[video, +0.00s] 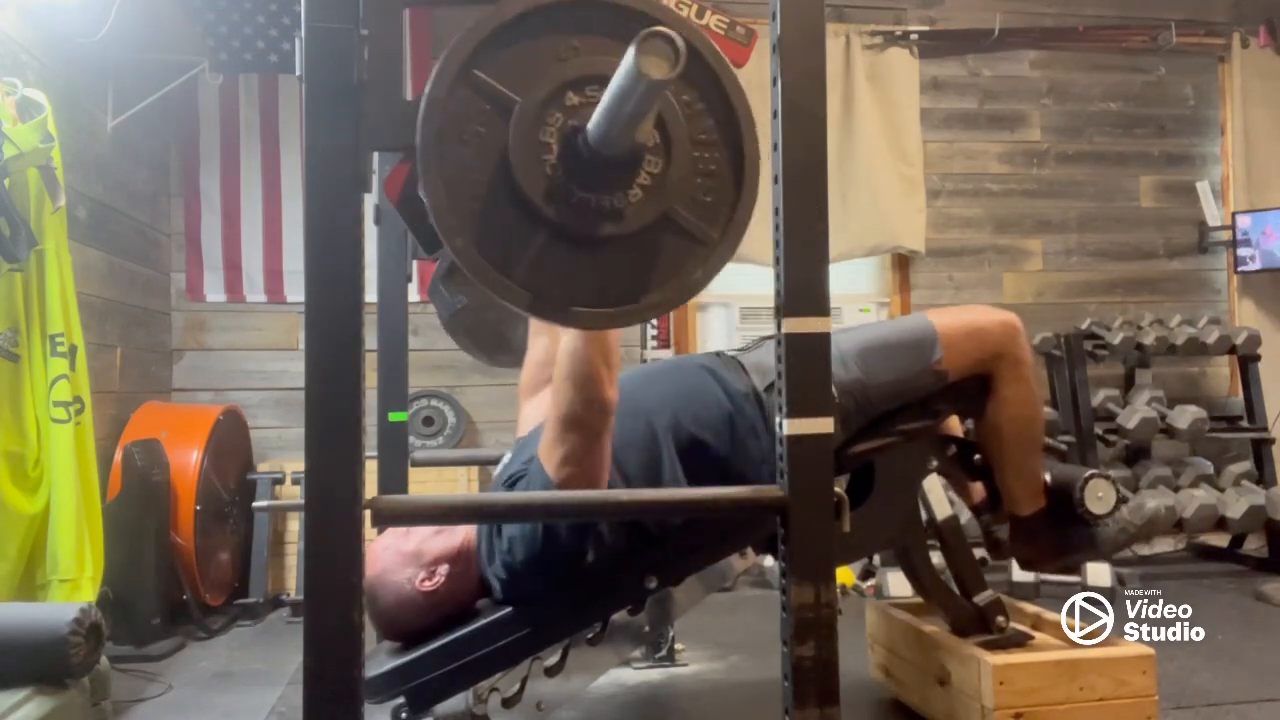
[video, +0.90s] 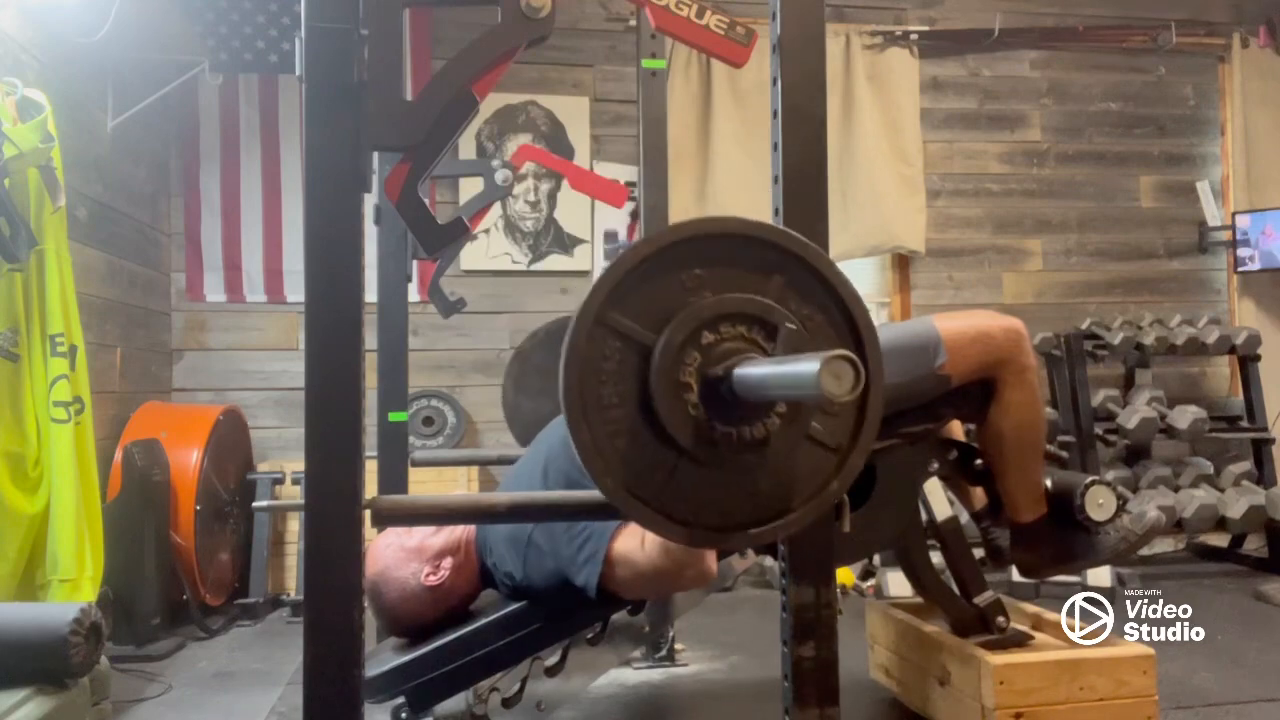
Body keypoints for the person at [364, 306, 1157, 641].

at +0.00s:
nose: (417, 529)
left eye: (401, 532)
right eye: (413, 547)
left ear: (430, 549)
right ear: (444, 581)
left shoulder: (502, 497)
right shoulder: (529, 562)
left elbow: (549, 378)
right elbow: (584, 401)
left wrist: (547, 219)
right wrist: (580, 232)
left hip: (742, 374)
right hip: (767, 426)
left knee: (939, 324)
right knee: (999, 335)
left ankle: (971, 468)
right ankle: (1031, 520)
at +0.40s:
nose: (417, 532)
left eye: (399, 535)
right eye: (415, 552)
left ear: (426, 539)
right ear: (445, 579)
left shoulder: (499, 496)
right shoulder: (526, 549)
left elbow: (619, 426)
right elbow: (651, 457)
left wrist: (604, 309)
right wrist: (634, 319)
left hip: (744, 369)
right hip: (764, 426)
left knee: (956, 327)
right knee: (1005, 342)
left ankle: (983, 476)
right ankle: (1031, 527)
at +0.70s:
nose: (421, 530)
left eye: (402, 534)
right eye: (418, 550)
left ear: (425, 539)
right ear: (447, 578)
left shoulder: (494, 502)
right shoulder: (530, 540)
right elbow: (681, 527)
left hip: (725, 382)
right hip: (755, 429)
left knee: (940, 322)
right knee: (1004, 340)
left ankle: (982, 466)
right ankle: (1032, 528)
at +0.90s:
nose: (420, 527)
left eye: (402, 533)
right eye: (419, 546)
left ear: (426, 540)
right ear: (448, 575)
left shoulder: (498, 493)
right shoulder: (530, 541)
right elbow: (685, 562)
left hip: (715, 387)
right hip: (757, 433)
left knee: (894, 308)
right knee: (1003, 339)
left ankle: (974, 460)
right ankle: (1032, 526)